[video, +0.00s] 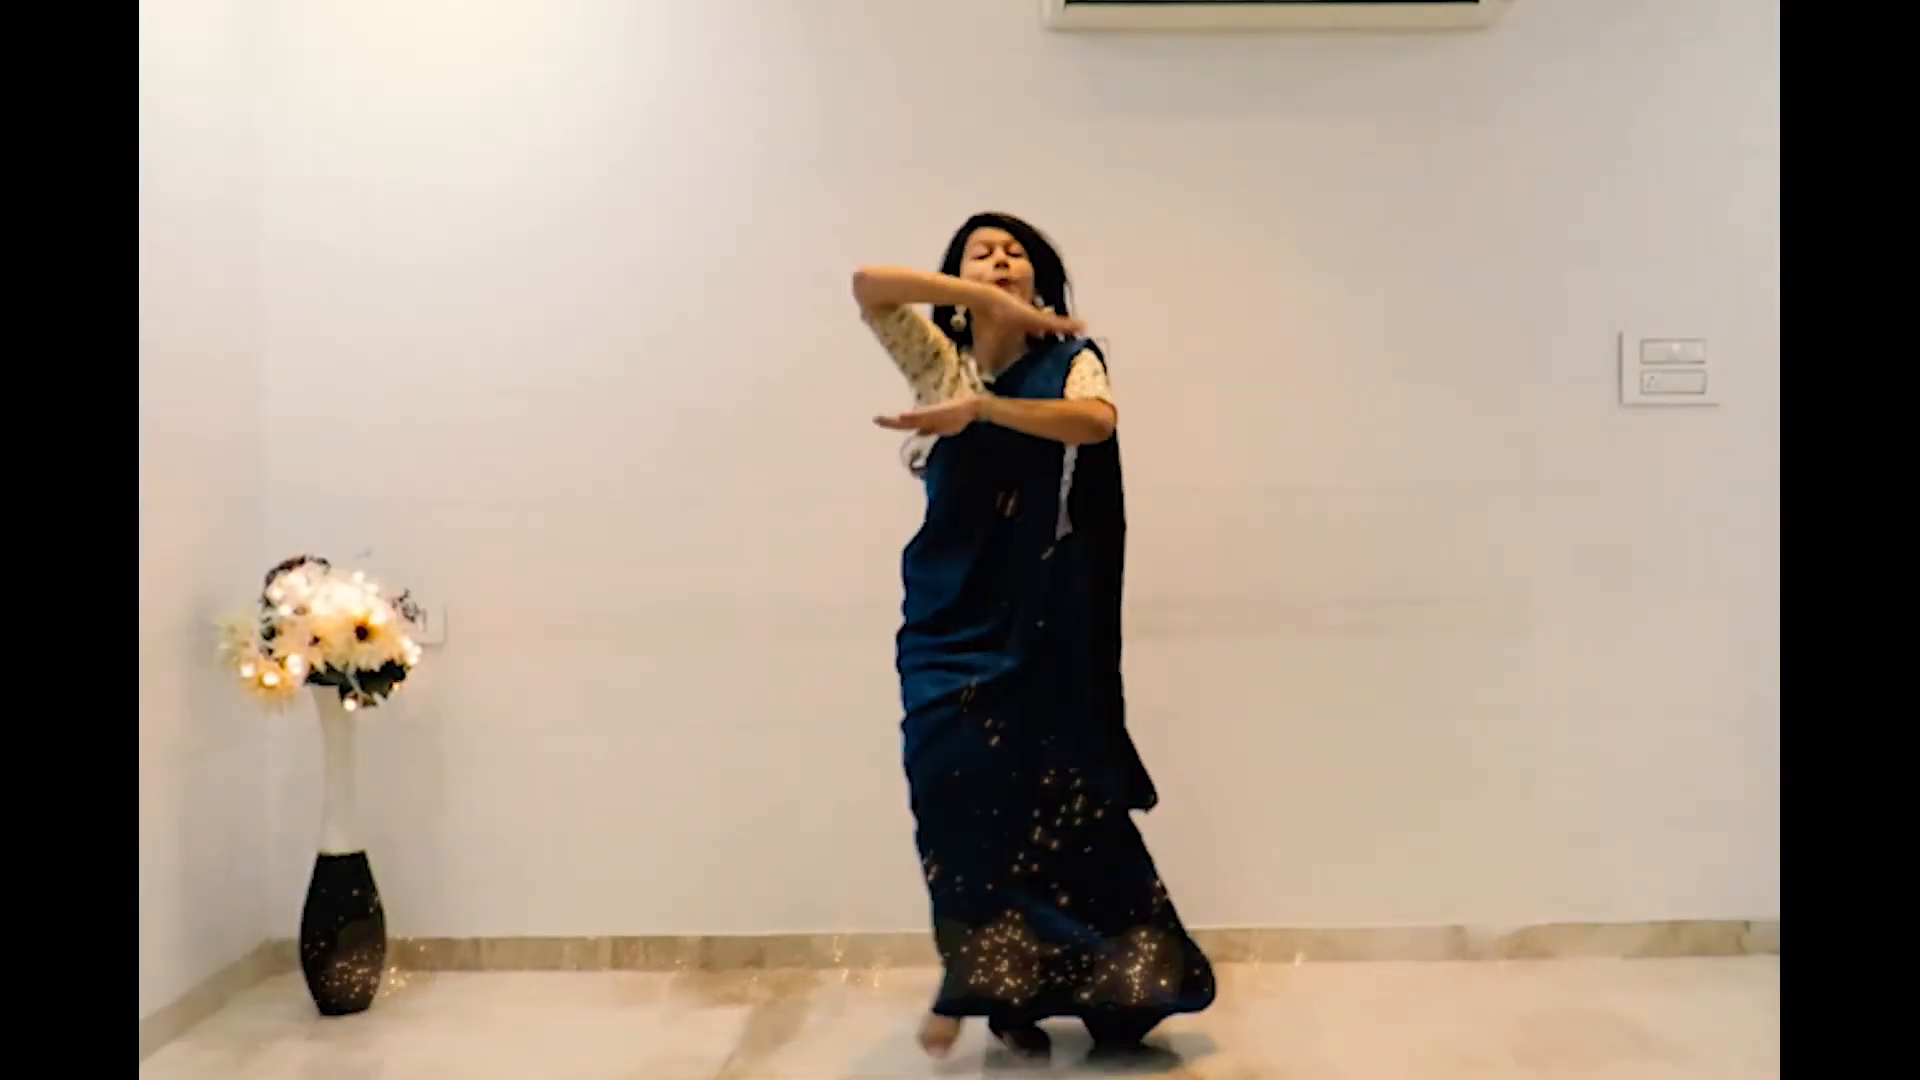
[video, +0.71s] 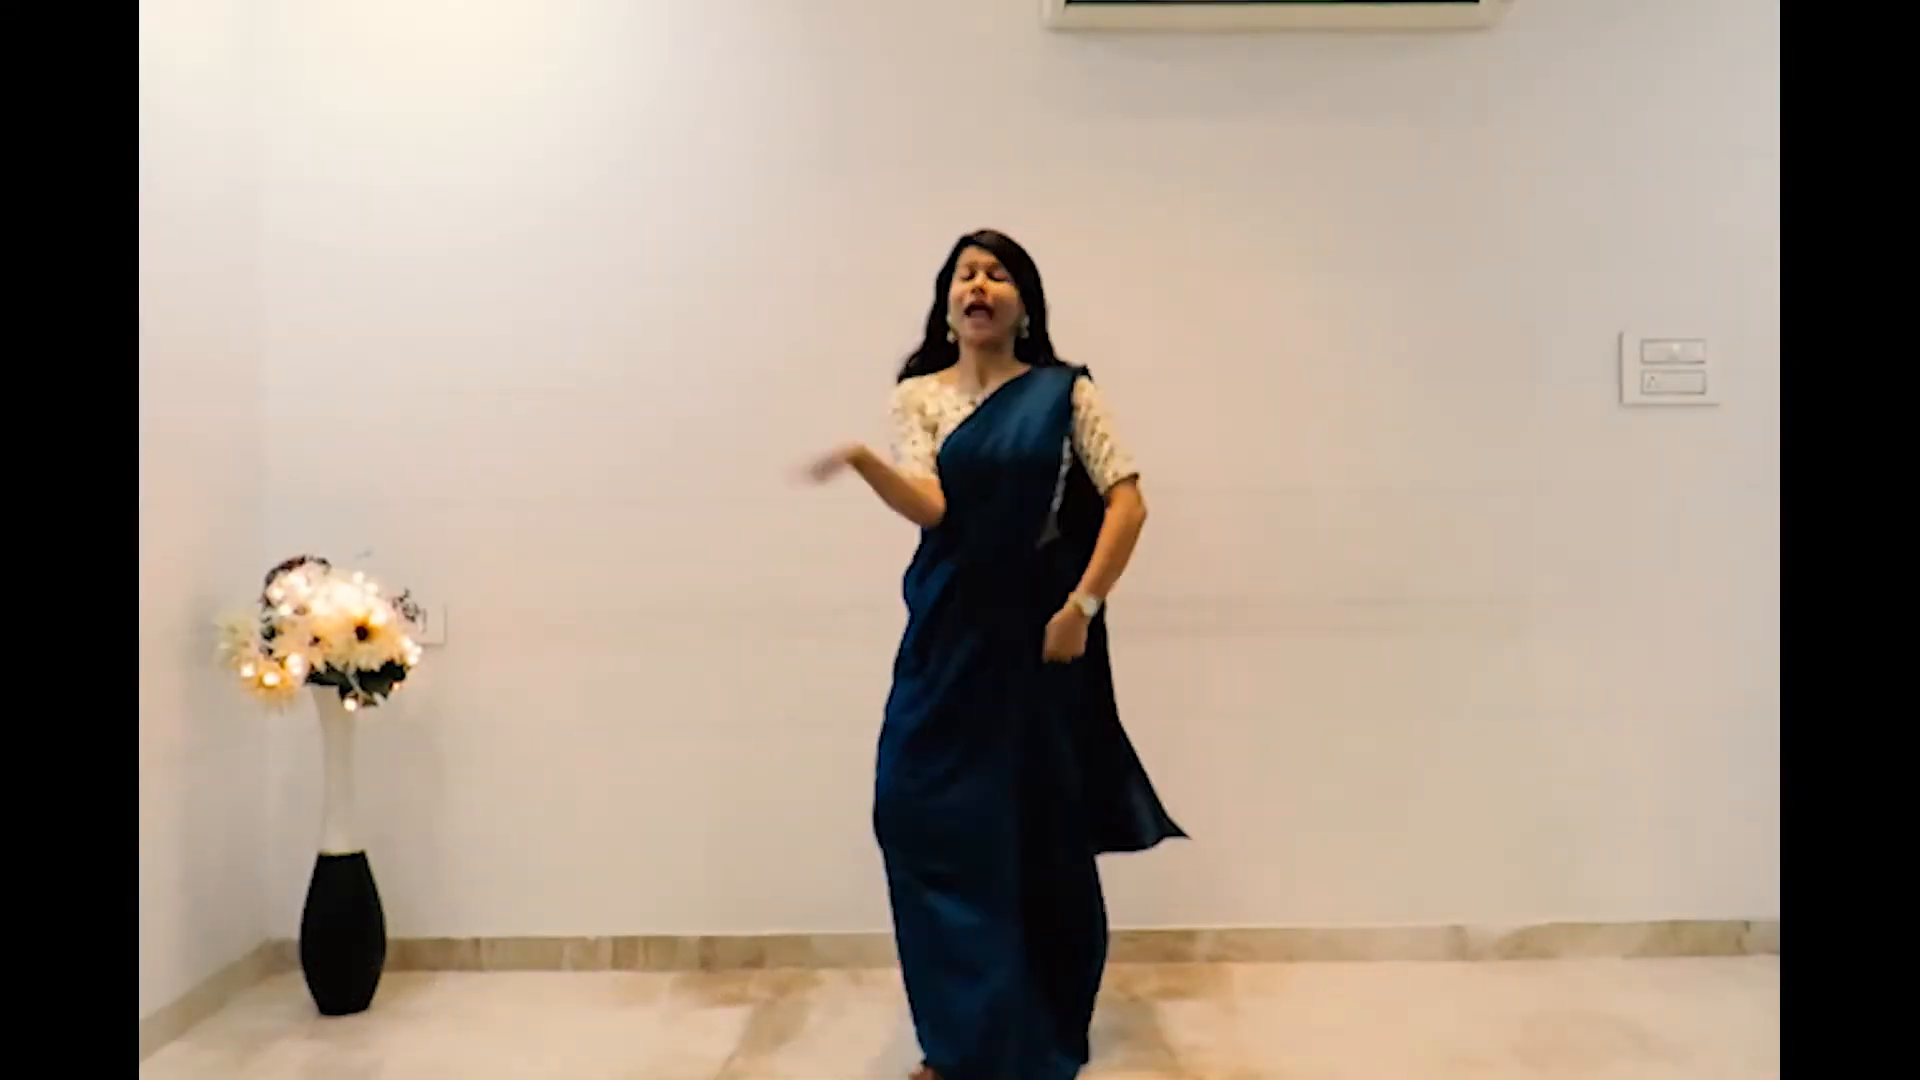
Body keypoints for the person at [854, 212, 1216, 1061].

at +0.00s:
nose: (1000, 261)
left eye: (1014, 253)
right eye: (982, 253)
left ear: (1042, 284)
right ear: (959, 287)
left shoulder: (1072, 357)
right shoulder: (941, 363)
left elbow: (1093, 420)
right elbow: (870, 285)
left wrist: (977, 407)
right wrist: (992, 300)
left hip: (1048, 620)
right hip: (950, 618)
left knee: (1057, 804)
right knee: (947, 790)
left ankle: (1106, 989)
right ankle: (963, 972)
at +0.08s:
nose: (1002, 249)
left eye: (1018, 240)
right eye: (984, 242)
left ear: (1045, 271)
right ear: (956, 274)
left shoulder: (1072, 355)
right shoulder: (940, 348)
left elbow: (1087, 447)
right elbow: (874, 293)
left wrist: (975, 422)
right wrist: (989, 323)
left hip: (1026, 595)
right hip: (937, 591)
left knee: (1024, 788)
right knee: (915, 774)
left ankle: (1022, 994)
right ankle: (895, 962)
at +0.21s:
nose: (1007, 281)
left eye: (1023, 270)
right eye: (991, 269)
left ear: (1050, 294)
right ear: (966, 291)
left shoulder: (1079, 400)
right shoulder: (925, 377)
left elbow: (1083, 527)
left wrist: (978, 506)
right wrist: (976, 442)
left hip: (1017, 622)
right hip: (924, 615)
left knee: (998, 799)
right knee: (907, 794)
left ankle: (1003, 987)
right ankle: (902, 984)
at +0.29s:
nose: (1001, 272)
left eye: (1017, 264)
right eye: (986, 262)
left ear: (1041, 294)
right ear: (960, 292)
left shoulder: (1076, 387)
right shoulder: (927, 380)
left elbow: (1103, 513)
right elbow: (888, 498)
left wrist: (1015, 558)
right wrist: (966, 417)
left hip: (1022, 618)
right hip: (928, 611)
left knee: (1008, 795)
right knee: (917, 787)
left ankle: (997, 980)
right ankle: (886, 979)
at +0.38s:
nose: (1000, 259)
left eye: (1015, 251)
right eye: (981, 251)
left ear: (1034, 287)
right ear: (953, 283)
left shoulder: (1071, 371)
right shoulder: (935, 366)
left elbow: (1125, 487)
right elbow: (912, 418)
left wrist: (1065, 554)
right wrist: (934, 302)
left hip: (1022, 614)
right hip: (928, 606)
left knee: (1010, 804)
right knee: (927, 792)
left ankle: (1001, 996)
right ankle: (897, 981)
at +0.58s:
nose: (990, 274)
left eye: (1005, 265)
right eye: (973, 262)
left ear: (1026, 293)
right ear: (943, 287)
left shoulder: (1060, 385)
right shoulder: (916, 376)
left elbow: (1110, 498)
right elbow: (943, 457)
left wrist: (1101, 585)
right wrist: (971, 385)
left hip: (1044, 630)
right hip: (950, 628)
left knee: (1033, 821)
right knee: (949, 820)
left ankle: (1027, 1015)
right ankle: (948, 1029)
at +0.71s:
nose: (978, 285)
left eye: (996, 274)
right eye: (964, 275)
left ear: (1026, 302)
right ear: (945, 303)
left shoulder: (1066, 389)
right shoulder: (921, 396)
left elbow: (1128, 502)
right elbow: (927, 506)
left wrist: (1082, 603)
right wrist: (865, 459)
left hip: (1037, 644)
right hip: (945, 643)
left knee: (1034, 831)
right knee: (916, 821)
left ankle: (1038, 1038)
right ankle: (956, 1040)